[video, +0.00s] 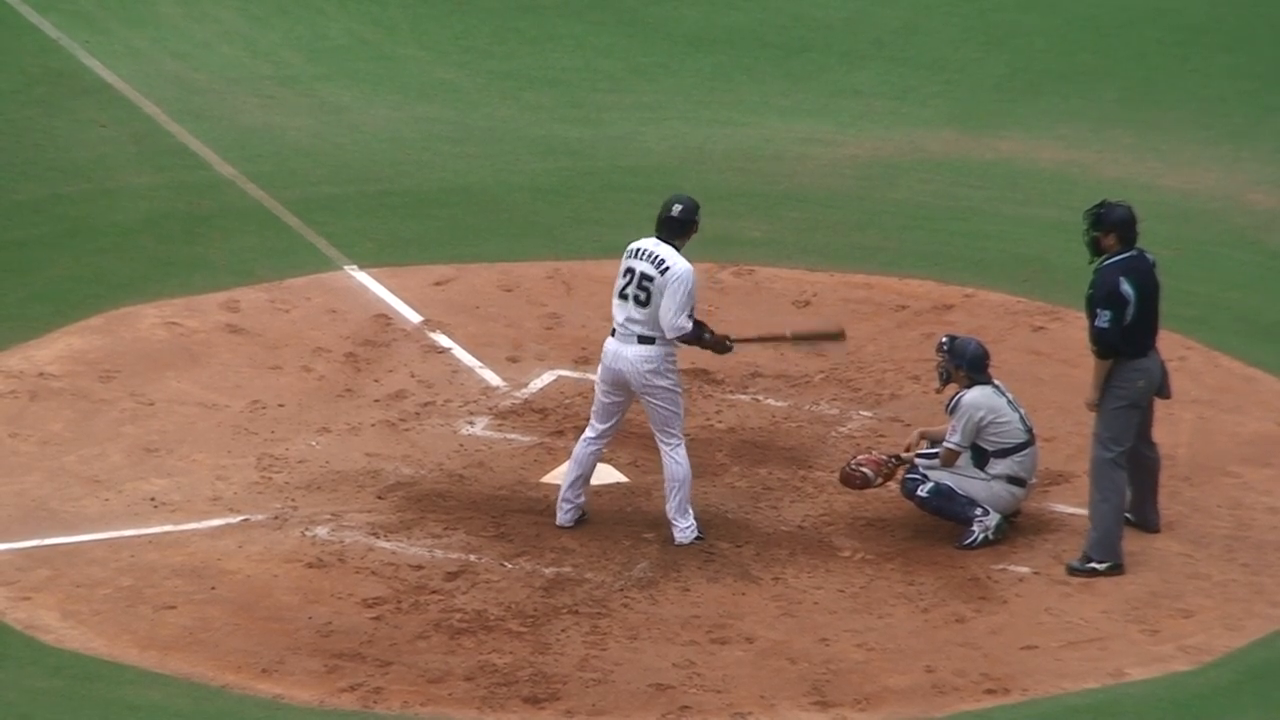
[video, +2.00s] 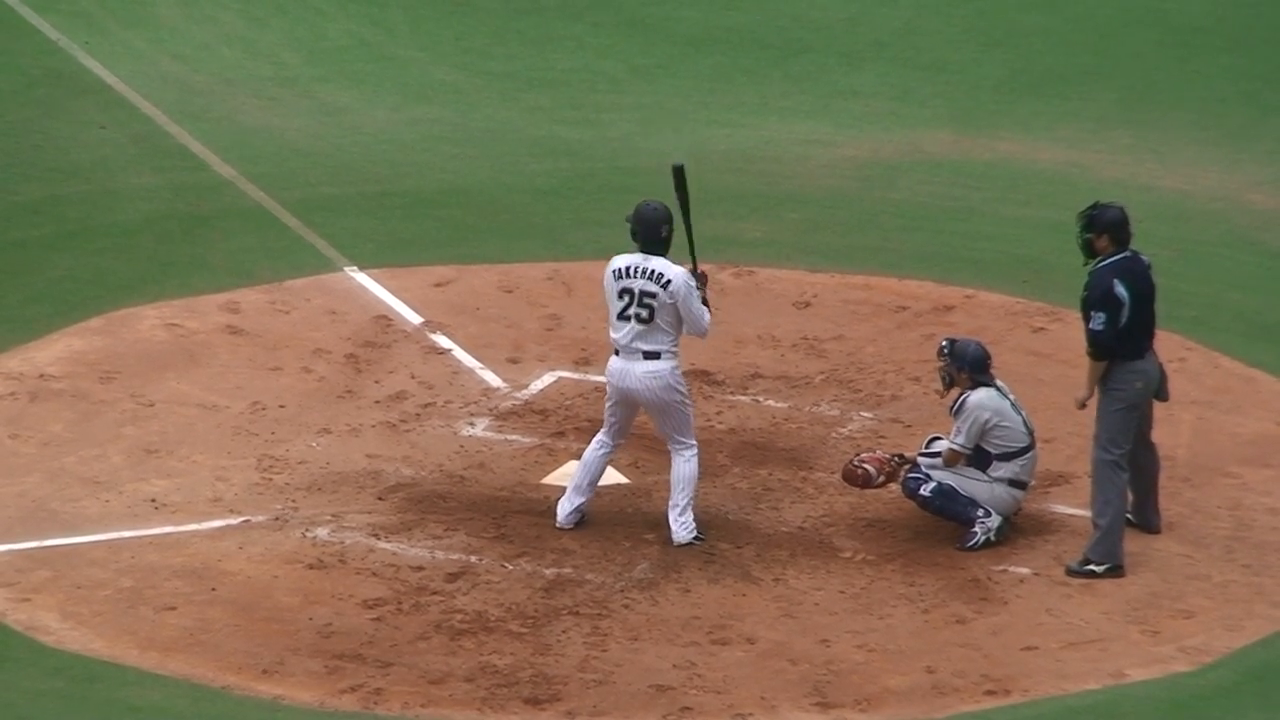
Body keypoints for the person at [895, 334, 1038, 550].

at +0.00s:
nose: (941, 365)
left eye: (946, 362)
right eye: (943, 360)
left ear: (961, 370)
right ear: (976, 368)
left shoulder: (970, 401)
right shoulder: (993, 387)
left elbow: (946, 461)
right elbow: (963, 431)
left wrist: (908, 458)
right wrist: (923, 433)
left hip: (1002, 491)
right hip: (1016, 483)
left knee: (914, 480)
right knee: (925, 455)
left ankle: (983, 518)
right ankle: (1002, 506)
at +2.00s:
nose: (943, 369)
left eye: (948, 365)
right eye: (944, 364)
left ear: (964, 371)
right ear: (975, 370)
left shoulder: (975, 403)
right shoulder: (995, 387)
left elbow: (950, 460)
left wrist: (908, 459)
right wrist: (911, 459)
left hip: (1002, 493)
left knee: (915, 480)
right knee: (934, 443)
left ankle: (984, 519)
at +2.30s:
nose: (940, 376)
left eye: (944, 370)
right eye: (941, 370)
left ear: (960, 374)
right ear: (976, 371)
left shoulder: (975, 403)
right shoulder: (994, 387)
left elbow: (951, 459)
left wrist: (908, 459)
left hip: (1003, 493)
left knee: (915, 480)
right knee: (935, 443)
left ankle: (984, 519)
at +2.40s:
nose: (940, 376)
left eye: (944, 371)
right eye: (941, 370)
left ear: (960, 375)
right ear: (976, 371)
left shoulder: (974, 403)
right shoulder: (993, 387)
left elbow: (950, 462)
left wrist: (909, 457)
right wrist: (947, 440)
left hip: (1003, 493)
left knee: (914, 480)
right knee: (933, 442)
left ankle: (983, 519)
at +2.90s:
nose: (940, 371)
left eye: (945, 368)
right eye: (941, 366)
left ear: (961, 376)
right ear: (971, 375)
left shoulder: (974, 406)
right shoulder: (993, 389)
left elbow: (950, 464)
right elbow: (964, 436)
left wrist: (919, 450)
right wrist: (925, 435)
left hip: (1004, 494)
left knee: (916, 478)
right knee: (932, 453)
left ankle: (985, 520)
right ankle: (1003, 507)